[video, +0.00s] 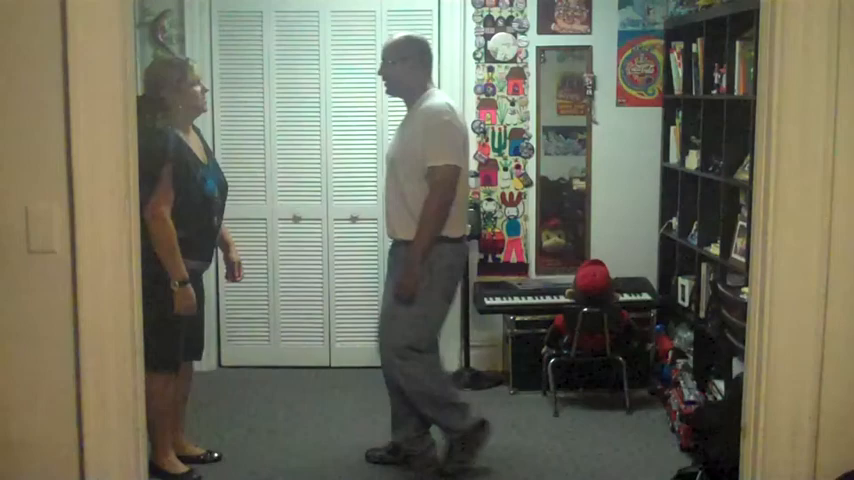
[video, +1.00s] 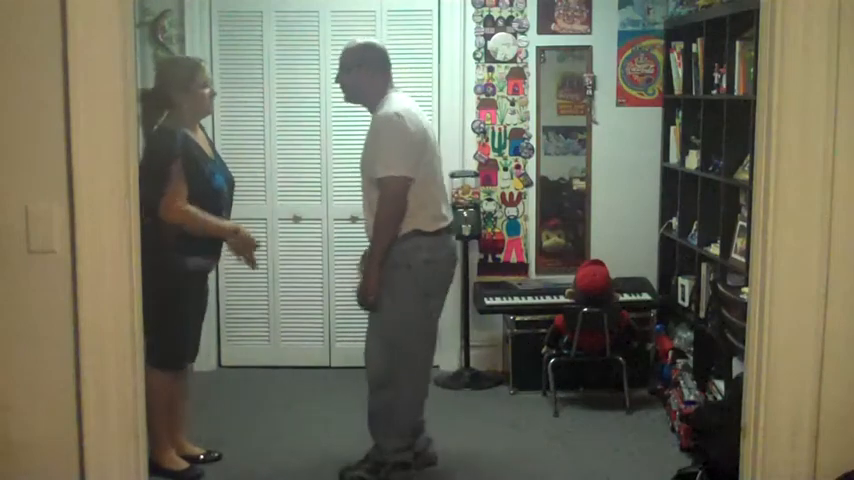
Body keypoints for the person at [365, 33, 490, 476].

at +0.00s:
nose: (381, 74)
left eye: (388, 65)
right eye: (382, 66)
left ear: (416, 67)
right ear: (409, 69)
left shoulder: (439, 115)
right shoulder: (418, 115)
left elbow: (443, 192)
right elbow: (422, 190)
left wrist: (414, 262)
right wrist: (403, 252)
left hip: (433, 251)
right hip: (412, 247)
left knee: (402, 347)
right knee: (401, 347)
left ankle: (465, 428)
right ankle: (411, 442)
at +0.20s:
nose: (370, 74)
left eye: (375, 65)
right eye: (371, 66)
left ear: (399, 65)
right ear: (402, 65)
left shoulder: (427, 113)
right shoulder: (411, 112)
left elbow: (428, 188)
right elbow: (416, 187)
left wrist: (393, 254)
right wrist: (393, 249)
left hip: (421, 248)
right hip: (410, 247)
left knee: (379, 340)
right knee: (409, 342)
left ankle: (411, 446)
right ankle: (411, 441)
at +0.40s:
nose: (361, 69)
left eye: (369, 61)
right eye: (363, 61)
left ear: (395, 64)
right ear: (394, 65)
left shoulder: (412, 112)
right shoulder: (404, 110)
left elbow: (410, 187)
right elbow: (403, 188)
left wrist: (375, 255)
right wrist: (374, 251)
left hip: (404, 251)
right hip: (403, 250)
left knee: (379, 352)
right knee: (399, 350)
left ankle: (389, 455)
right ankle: (411, 445)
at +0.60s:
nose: (355, 70)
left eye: (362, 62)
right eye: (356, 62)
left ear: (388, 64)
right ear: (389, 65)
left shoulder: (404, 113)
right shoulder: (399, 110)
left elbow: (394, 193)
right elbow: (395, 193)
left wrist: (361, 261)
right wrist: (366, 259)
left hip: (397, 251)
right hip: (397, 250)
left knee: (377, 356)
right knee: (389, 353)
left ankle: (392, 455)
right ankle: (408, 445)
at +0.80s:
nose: (348, 70)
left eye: (354, 62)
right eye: (349, 62)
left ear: (380, 64)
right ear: (382, 65)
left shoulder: (398, 113)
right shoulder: (397, 109)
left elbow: (389, 194)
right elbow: (393, 194)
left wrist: (356, 263)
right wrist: (364, 260)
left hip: (397, 250)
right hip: (399, 249)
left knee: (386, 355)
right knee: (395, 352)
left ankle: (393, 454)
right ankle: (407, 444)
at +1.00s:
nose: (339, 80)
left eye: (346, 71)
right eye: (340, 72)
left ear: (371, 73)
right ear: (376, 73)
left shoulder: (392, 118)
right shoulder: (400, 113)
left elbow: (394, 197)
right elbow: (398, 197)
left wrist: (373, 266)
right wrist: (375, 259)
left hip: (412, 251)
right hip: (423, 247)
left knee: (393, 352)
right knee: (406, 349)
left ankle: (392, 452)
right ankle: (410, 442)